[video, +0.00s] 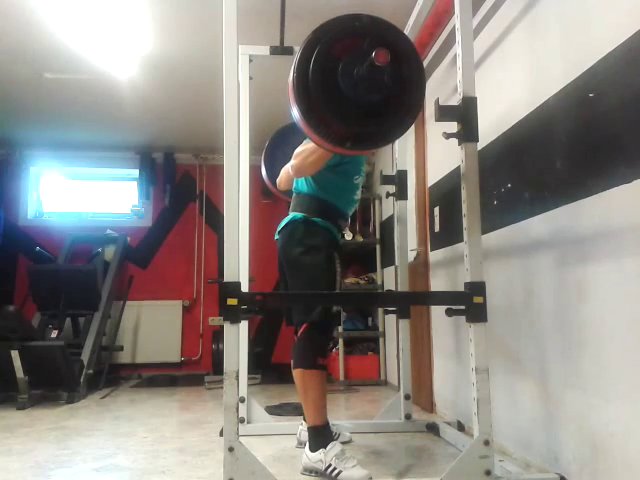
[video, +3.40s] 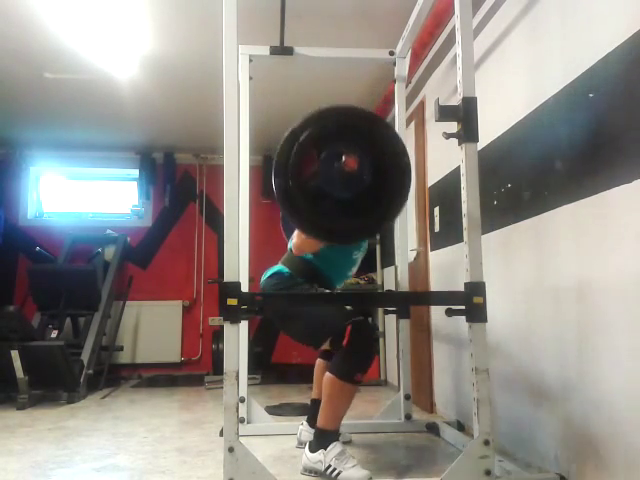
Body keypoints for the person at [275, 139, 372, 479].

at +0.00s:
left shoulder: (347, 140)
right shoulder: (333, 133)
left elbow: (282, 181)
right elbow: (294, 169)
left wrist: (299, 166)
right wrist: (333, 141)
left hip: (316, 234)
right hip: (307, 232)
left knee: (314, 332)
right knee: (314, 331)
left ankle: (315, 429)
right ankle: (319, 445)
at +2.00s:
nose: (372, 127)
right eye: (368, 120)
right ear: (352, 114)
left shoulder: (345, 146)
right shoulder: (331, 135)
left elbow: (289, 187)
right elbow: (293, 170)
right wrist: (328, 131)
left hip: (317, 235)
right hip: (309, 234)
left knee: (313, 332)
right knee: (315, 331)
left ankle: (314, 429)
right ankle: (319, 446)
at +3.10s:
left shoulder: (353, 169)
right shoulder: (327, 166)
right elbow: (293, 212)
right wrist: (339, 182)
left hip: (306, 259)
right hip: (285, 255)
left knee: (333, 328)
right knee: (351, 324)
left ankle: (314, 422)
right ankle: (321, 445)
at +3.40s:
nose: (351, 166)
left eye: (356, 160)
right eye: (346, 160)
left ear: (367, 165)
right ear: (336, 164)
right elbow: (300, 245)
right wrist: (341, 206)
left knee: (340, 337)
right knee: (359, 337)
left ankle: (315, 427)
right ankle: (322, 448)